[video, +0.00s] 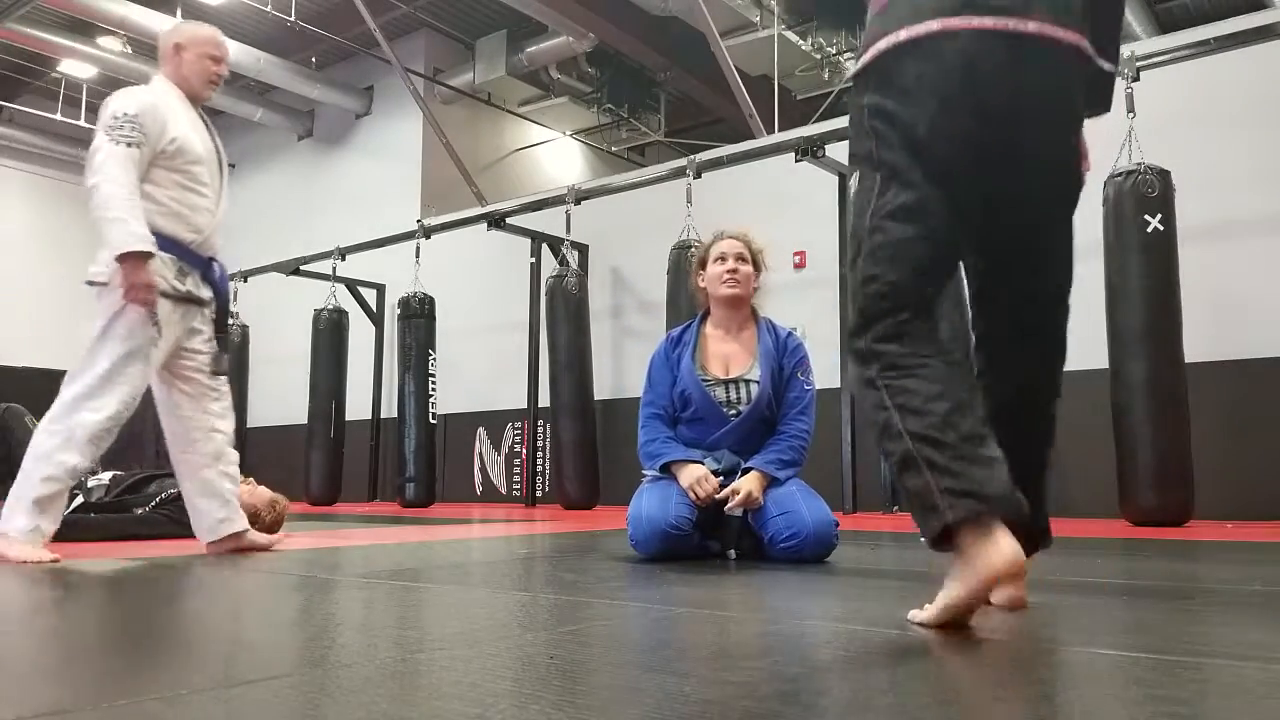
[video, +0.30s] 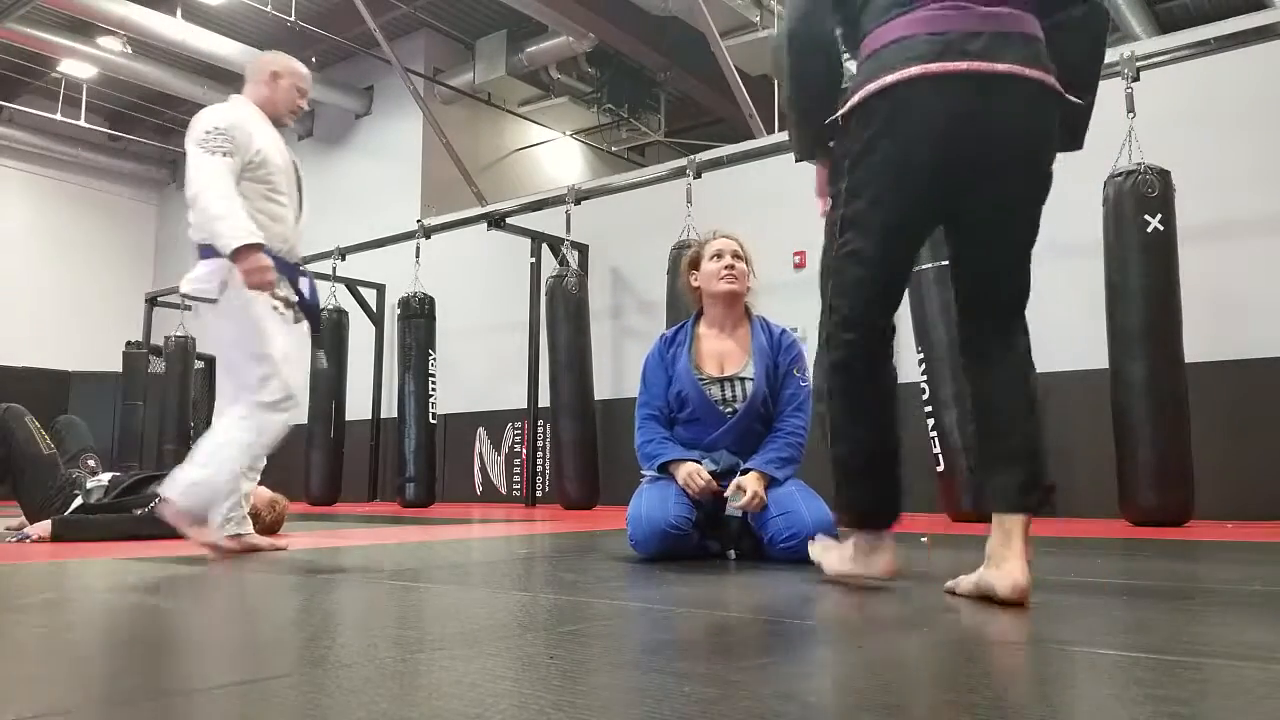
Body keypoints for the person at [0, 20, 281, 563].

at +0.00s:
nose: (221, 72)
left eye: (224, 65)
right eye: (213, 60)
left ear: (216, 69)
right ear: (176, 53)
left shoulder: (197, 125)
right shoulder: (139, 102)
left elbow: (191, 208)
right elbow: (111, 177)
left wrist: (209, 277)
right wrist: (132, 256)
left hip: (195, 282)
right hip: (150, 270)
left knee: (201, 408)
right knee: (95, 402)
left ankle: (225, 528)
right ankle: (21, 530)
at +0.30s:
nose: (304, 104)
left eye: (307, 96)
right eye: (299, 91)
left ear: (273, 82)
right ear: (270, 79)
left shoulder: (271, 140)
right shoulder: (224, 118)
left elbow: (268, 220)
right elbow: (209, 189)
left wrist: (292, 280)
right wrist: (247, 248)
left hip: (264, 282)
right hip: (236, 278)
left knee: (245, 403)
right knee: (279, 396)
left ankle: (230, 522)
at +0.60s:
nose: (371, 137)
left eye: (374, 127)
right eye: (370, 125)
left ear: (338, 112)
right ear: (351, 113)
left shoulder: (301, 145)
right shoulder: (318, 141)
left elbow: (303, 221)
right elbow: (303, 209)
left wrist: (344, 283)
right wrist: (324, 278)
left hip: (282, 299)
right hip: (319, 298)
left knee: (263, 420)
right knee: (366, 413)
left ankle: (232, 524)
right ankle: (396, 520)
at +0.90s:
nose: (435, 151)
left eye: (437, 145)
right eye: (436, 144)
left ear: (395, 130)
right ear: (426, 137)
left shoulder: (345, 161)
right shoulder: (421, 163)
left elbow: (305, 221)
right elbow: (430, 226)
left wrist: (292, 278)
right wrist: (453, 291)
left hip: (337, 303)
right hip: (392, 304)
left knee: (335, 405)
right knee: (409, 420)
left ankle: (306, 478)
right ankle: (394, 526)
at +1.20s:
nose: (454, 168)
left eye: (453, 164)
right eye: (455, 163)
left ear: (411, 152)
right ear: (450, 160)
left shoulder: (370, 181)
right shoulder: (459, 186)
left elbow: (333, 233)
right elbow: (496, 248)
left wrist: (316, 289)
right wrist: (538, 301)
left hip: (371, 313)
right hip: (426, 310)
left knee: (386, 416)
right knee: (419, 416)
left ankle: (420, 507)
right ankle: (393, 524)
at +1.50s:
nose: (447, 178)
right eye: (448, 172)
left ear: (409, 175)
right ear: (448, 173)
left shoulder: (386, 206)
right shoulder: (472, 205)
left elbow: (360, 264)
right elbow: (493, 265)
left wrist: (357, 319)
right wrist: (498, 320)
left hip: (396, 322)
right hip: (448, 323)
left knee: (407, 421)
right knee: (467, 416)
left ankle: (421, 524)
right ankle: (442, 478)